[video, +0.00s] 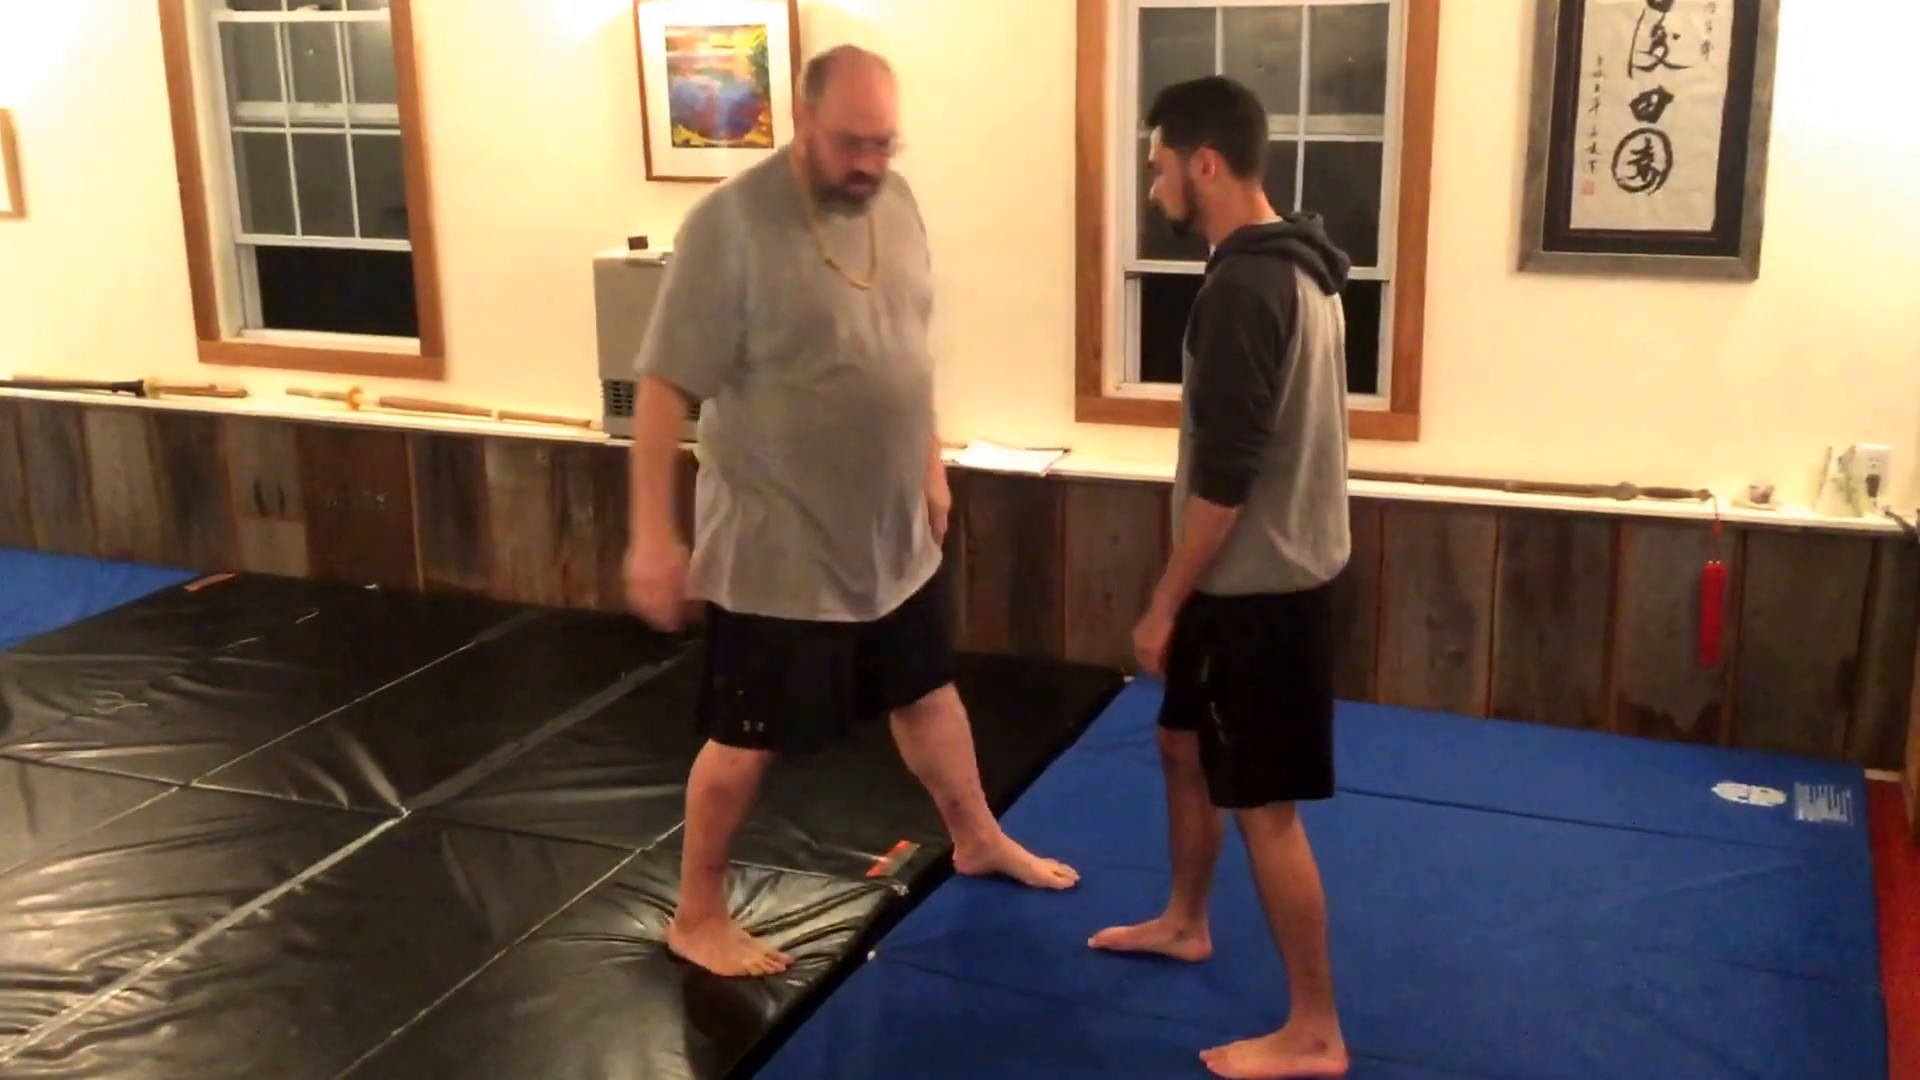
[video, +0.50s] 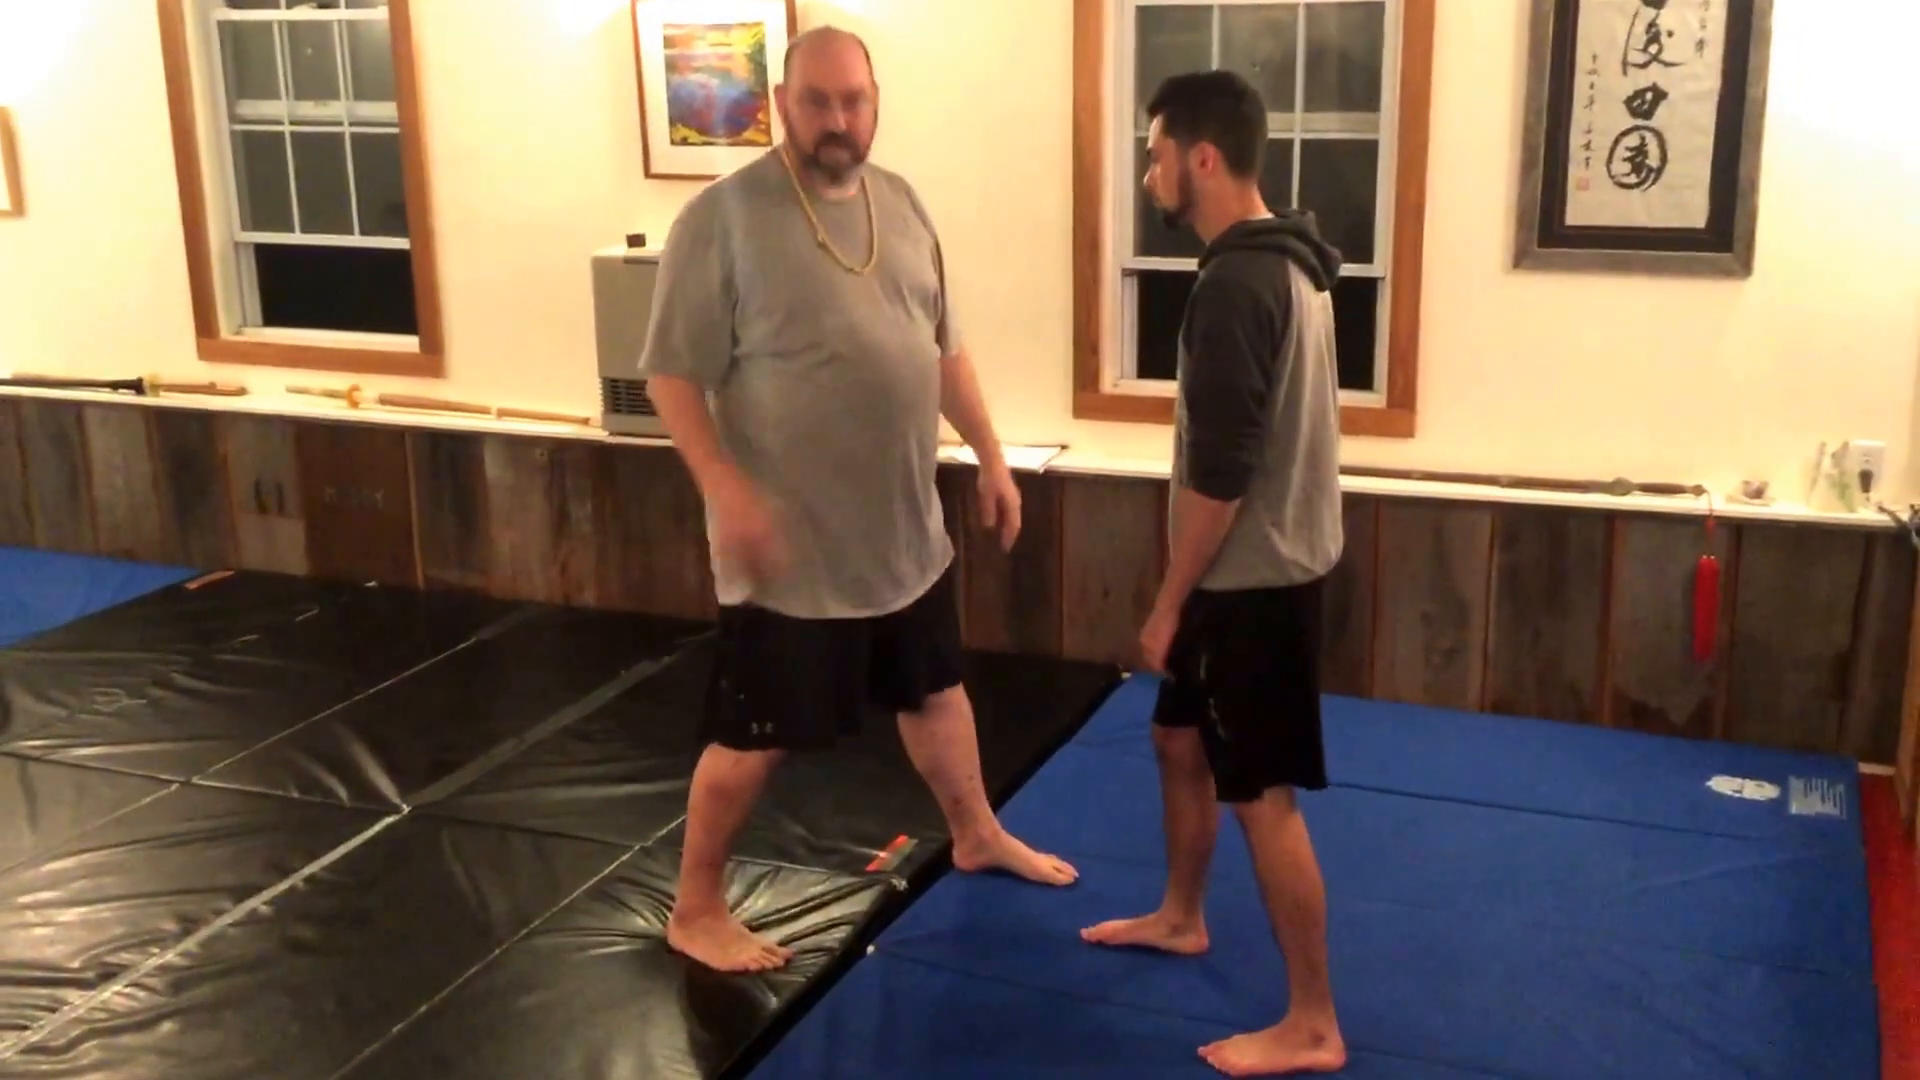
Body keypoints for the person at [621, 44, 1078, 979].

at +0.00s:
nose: (871, 164)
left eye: (885, 143)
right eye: (851, 143)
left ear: (898, 130)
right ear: (799, 122)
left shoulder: (899, 206)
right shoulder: (730, 222)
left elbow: (910, 352)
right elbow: (663, 383)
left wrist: (930, 463)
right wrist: (653, 533)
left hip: (890, 516)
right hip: (772, 532)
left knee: (928, 690)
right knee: (743, 737)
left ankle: (979, 838)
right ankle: (698, 916)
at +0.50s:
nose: (840, 119)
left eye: (856, 100)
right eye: (819, 101)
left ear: (878, 102)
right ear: (780, 103)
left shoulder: (902, 205)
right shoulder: (719, 218)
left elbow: (944, 346)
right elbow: (670, 375)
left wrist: (992, 458)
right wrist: (725, 489)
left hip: (903, 519)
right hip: (784, 537)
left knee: (935, 686)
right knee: (750, 733)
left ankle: (978, 836)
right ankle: (696, 907)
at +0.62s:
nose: (828, 112)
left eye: (845, 92)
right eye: (808, 94)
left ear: (872, 96)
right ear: (776, 102)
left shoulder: (909, 205)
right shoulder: (726, 211)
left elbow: (944, 347)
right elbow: (678, 361)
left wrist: (978, 464)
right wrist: (727, 380)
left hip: (902, 512)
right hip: (780, 529)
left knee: (938, 686)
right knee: (746, 729)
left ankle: (978, 835)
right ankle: (695, 905)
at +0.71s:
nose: (825, 107)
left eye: (841, 87)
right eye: (805, 91)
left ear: (871, 91)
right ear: (776, 101)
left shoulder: (911, 205)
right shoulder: (727, 207)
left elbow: (945, 348)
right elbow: (670, 356)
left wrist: (974, 462)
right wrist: (728, 352)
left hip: (905, 507)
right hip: (782, 521)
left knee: (940, 683)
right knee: (748, 727)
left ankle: (977, 834)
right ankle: (695, 904)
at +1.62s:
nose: (847, 95)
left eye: (862, 75)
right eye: (825, 79)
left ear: (888, 85)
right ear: (793, 92)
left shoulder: (924, 199)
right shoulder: (743, 206)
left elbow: (967, 350)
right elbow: (672, 354)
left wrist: (998, 469)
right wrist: (646, 485)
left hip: (928, 510)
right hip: (801, 525)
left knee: (960, 674)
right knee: (754, 725)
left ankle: (977, 826)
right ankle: (699, 897)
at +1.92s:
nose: (875, 90)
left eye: (886, 73)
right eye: (850, 74)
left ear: (902, 86)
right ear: (803, 91)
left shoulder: (926, 201)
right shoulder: (743, 206)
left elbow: (966, 347)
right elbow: (695, 366)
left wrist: (1001, 468)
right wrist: (741, 504)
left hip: (927, 517)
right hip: (795, 534)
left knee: (953, 684)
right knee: (751, 725)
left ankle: (977, 828)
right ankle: (698, 895)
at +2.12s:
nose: (867, 92)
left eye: (881, 74)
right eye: (843, 75)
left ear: (899, 87)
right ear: (801, 90)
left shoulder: (926, 203)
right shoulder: (746, 205)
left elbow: (959, 352)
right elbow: (695, 364)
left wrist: (983, 480)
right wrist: (735, 505)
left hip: (920, 512)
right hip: (793, 526)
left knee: (947, 683)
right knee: (751, 723)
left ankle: (978, 828)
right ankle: (698, 896)